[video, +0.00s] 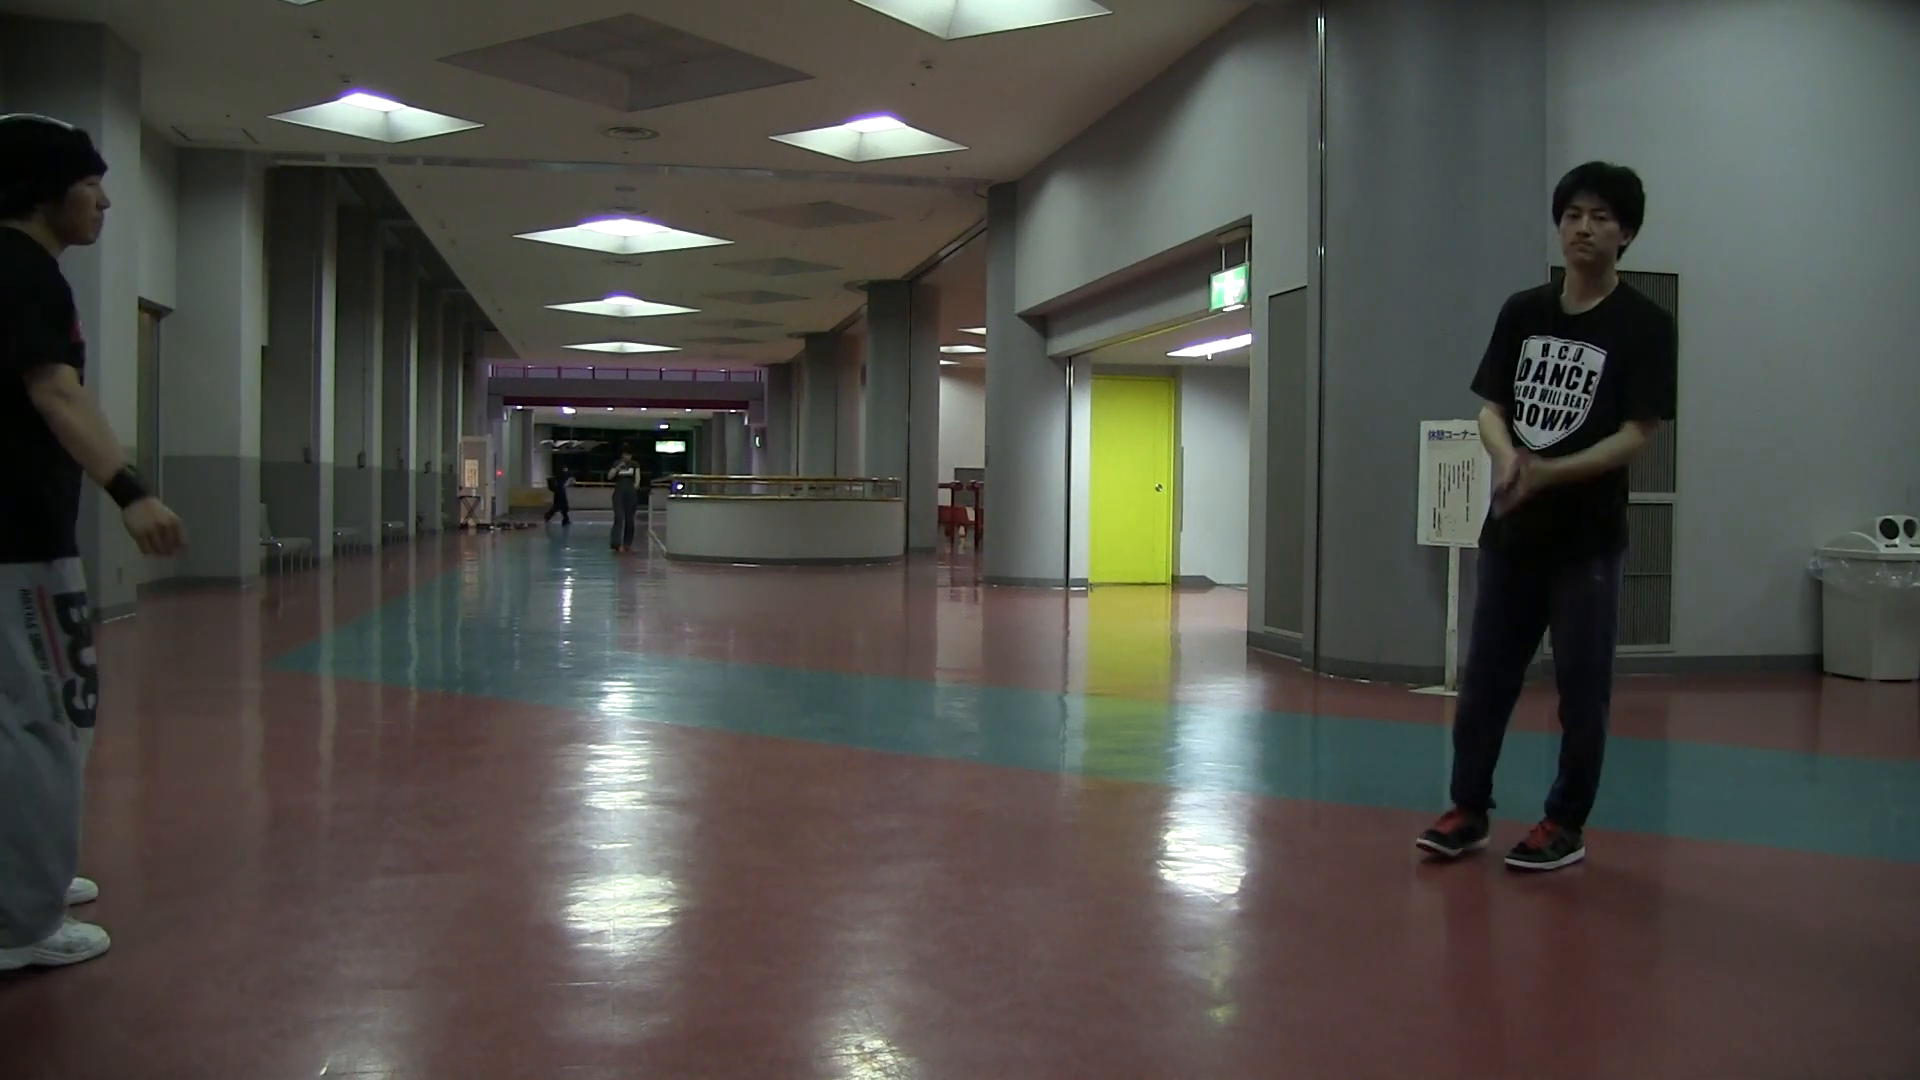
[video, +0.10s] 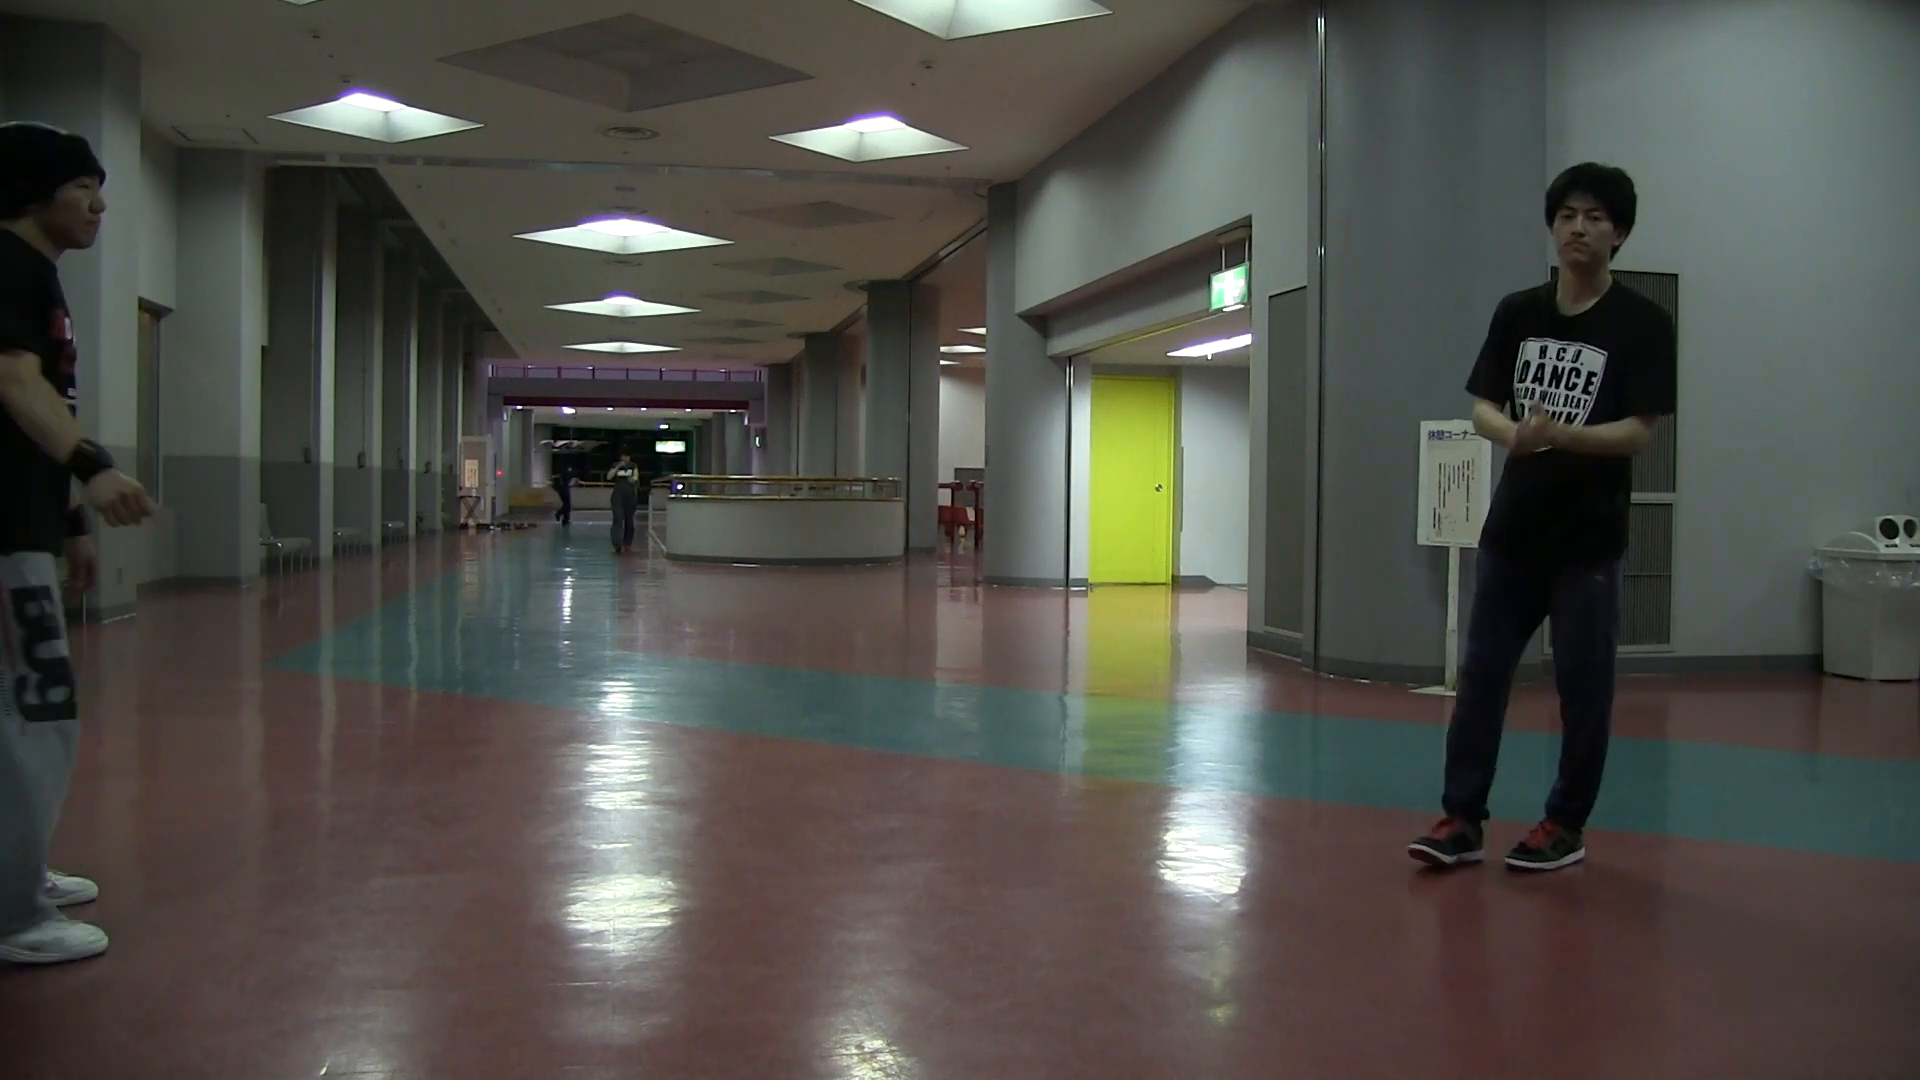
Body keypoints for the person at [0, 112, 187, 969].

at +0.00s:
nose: (103, 203)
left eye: (101, 187)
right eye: (92, 188)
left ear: (41, 192)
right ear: (49, 193)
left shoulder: (20, 267)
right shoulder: (28, 272)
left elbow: (58, 390)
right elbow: (54, 391)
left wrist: (125, 485)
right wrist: (131, 494)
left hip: (25, 539)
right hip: (21, 545)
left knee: (42, 711)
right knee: (41, 720)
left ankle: (36, 878)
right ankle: (24, 924)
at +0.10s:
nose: (99, 203)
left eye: (99, 189)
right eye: (86, 188)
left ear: (51, 197)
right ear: (40, 193)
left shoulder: (37, 274)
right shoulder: (15, 267)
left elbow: (38, 407)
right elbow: (19, 382)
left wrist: (68, 522)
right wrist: (94, 466)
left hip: (31, 531)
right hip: (11, 535)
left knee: (37, 706)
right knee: (38, 712)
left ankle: (25, 876)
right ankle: (15, 915)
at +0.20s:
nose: (91, 209)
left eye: (95, 196)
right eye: (78, 193)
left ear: (80, 206)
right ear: (31, 195)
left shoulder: (54, 294)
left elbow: (61, 422)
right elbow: (2, 393)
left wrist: (104, 527)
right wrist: (39, 463)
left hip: (25, 533)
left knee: (25, 702)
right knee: (13, 707)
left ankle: (22, 866)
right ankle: (2, 897)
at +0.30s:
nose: (79, 209)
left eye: (86, 197)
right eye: (64, 191)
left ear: (82, 207)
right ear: (17, 193)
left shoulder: (55, 307)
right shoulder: (3, 275)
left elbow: (63, 426)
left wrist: (114, 522)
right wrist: (4, 491)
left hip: (20, 543)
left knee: (20, 693)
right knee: (10, 696)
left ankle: (12, 862)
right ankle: (13, 864)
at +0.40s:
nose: (59, 204)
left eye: (68, 193)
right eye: (43, 187)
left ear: (72, 208)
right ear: (3, 193)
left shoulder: (55, 314)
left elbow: (65, 433)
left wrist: (112, 529)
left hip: (15, 543)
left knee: (20, 690)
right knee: (14, 693)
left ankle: (12, 860)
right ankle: (12, 860)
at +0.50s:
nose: (31, 197)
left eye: (43, 187)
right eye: (16, 182)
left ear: (53, 205)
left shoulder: (45, 312)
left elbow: (57, 433)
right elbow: (56, 435)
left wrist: (99, 535)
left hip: (8, 543)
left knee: (17, 691)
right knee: (10, 694)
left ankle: (9, 858)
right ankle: (8, 859)